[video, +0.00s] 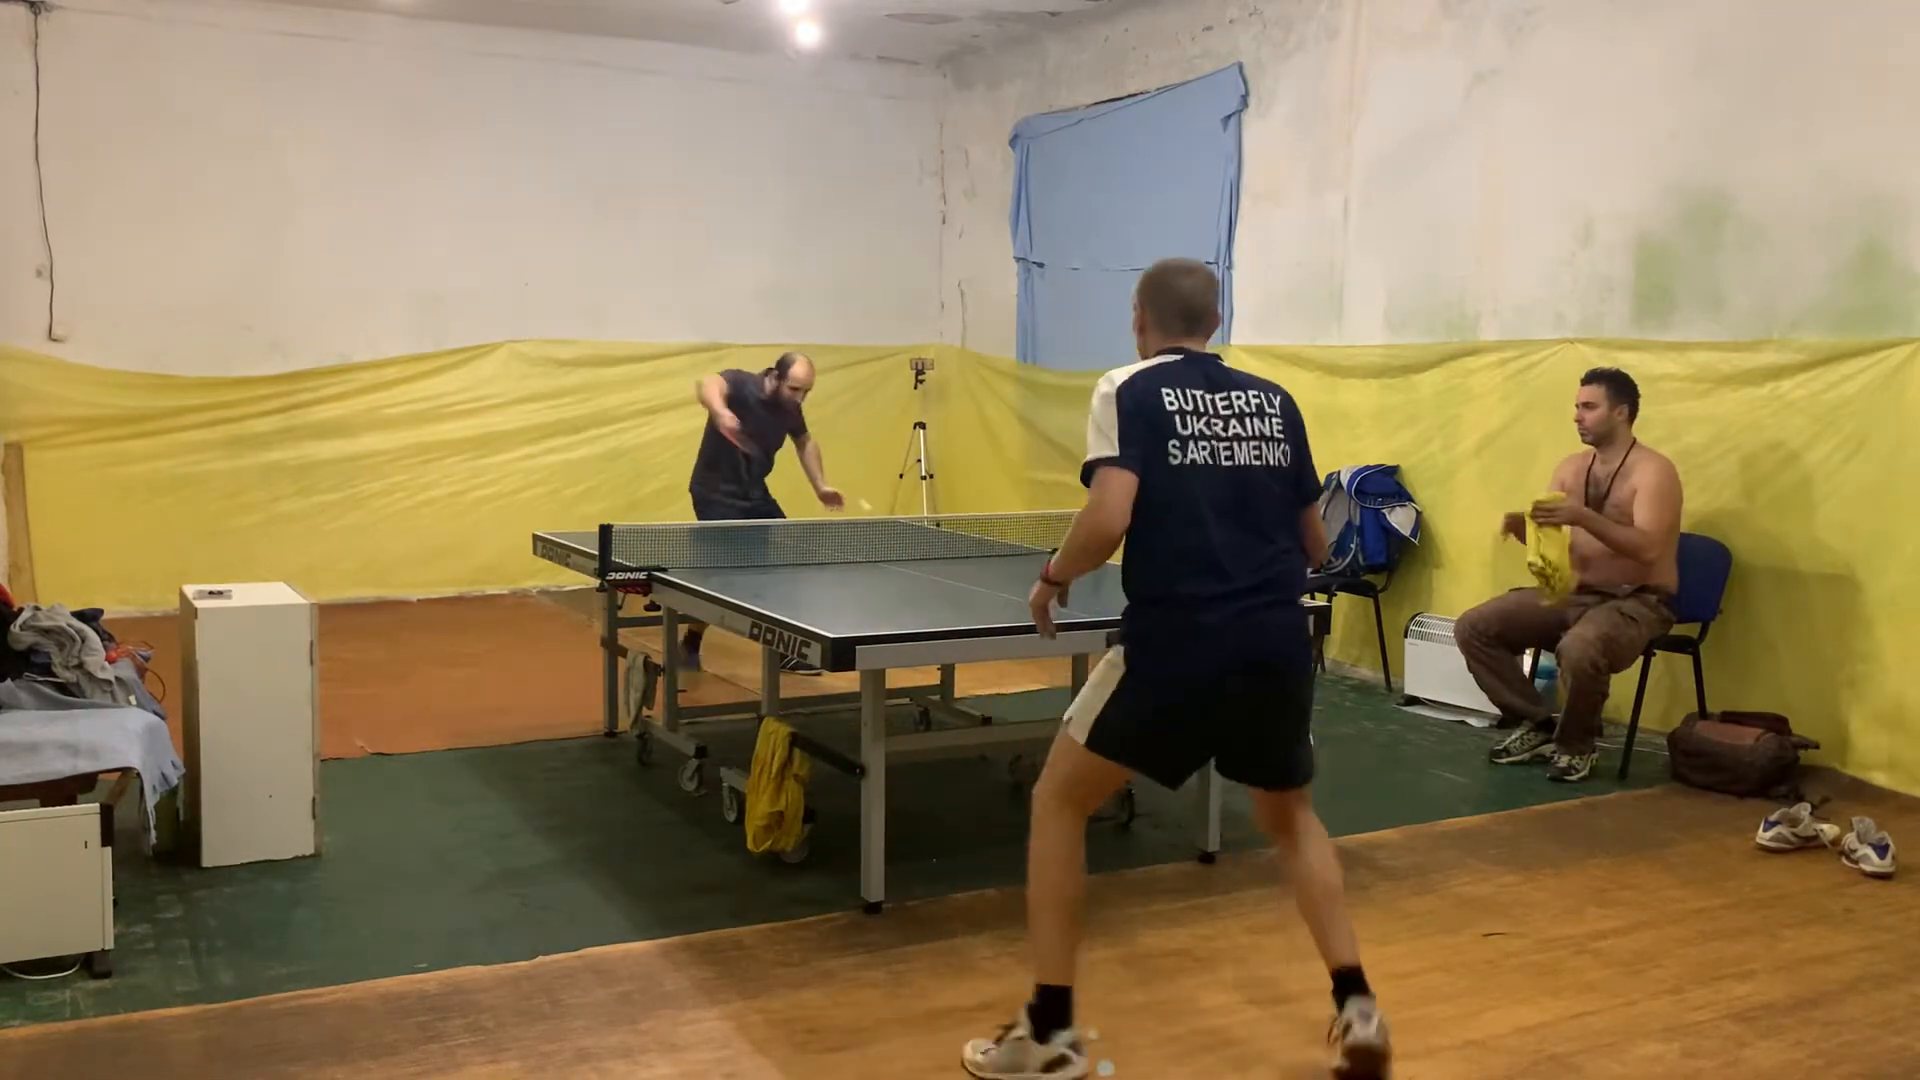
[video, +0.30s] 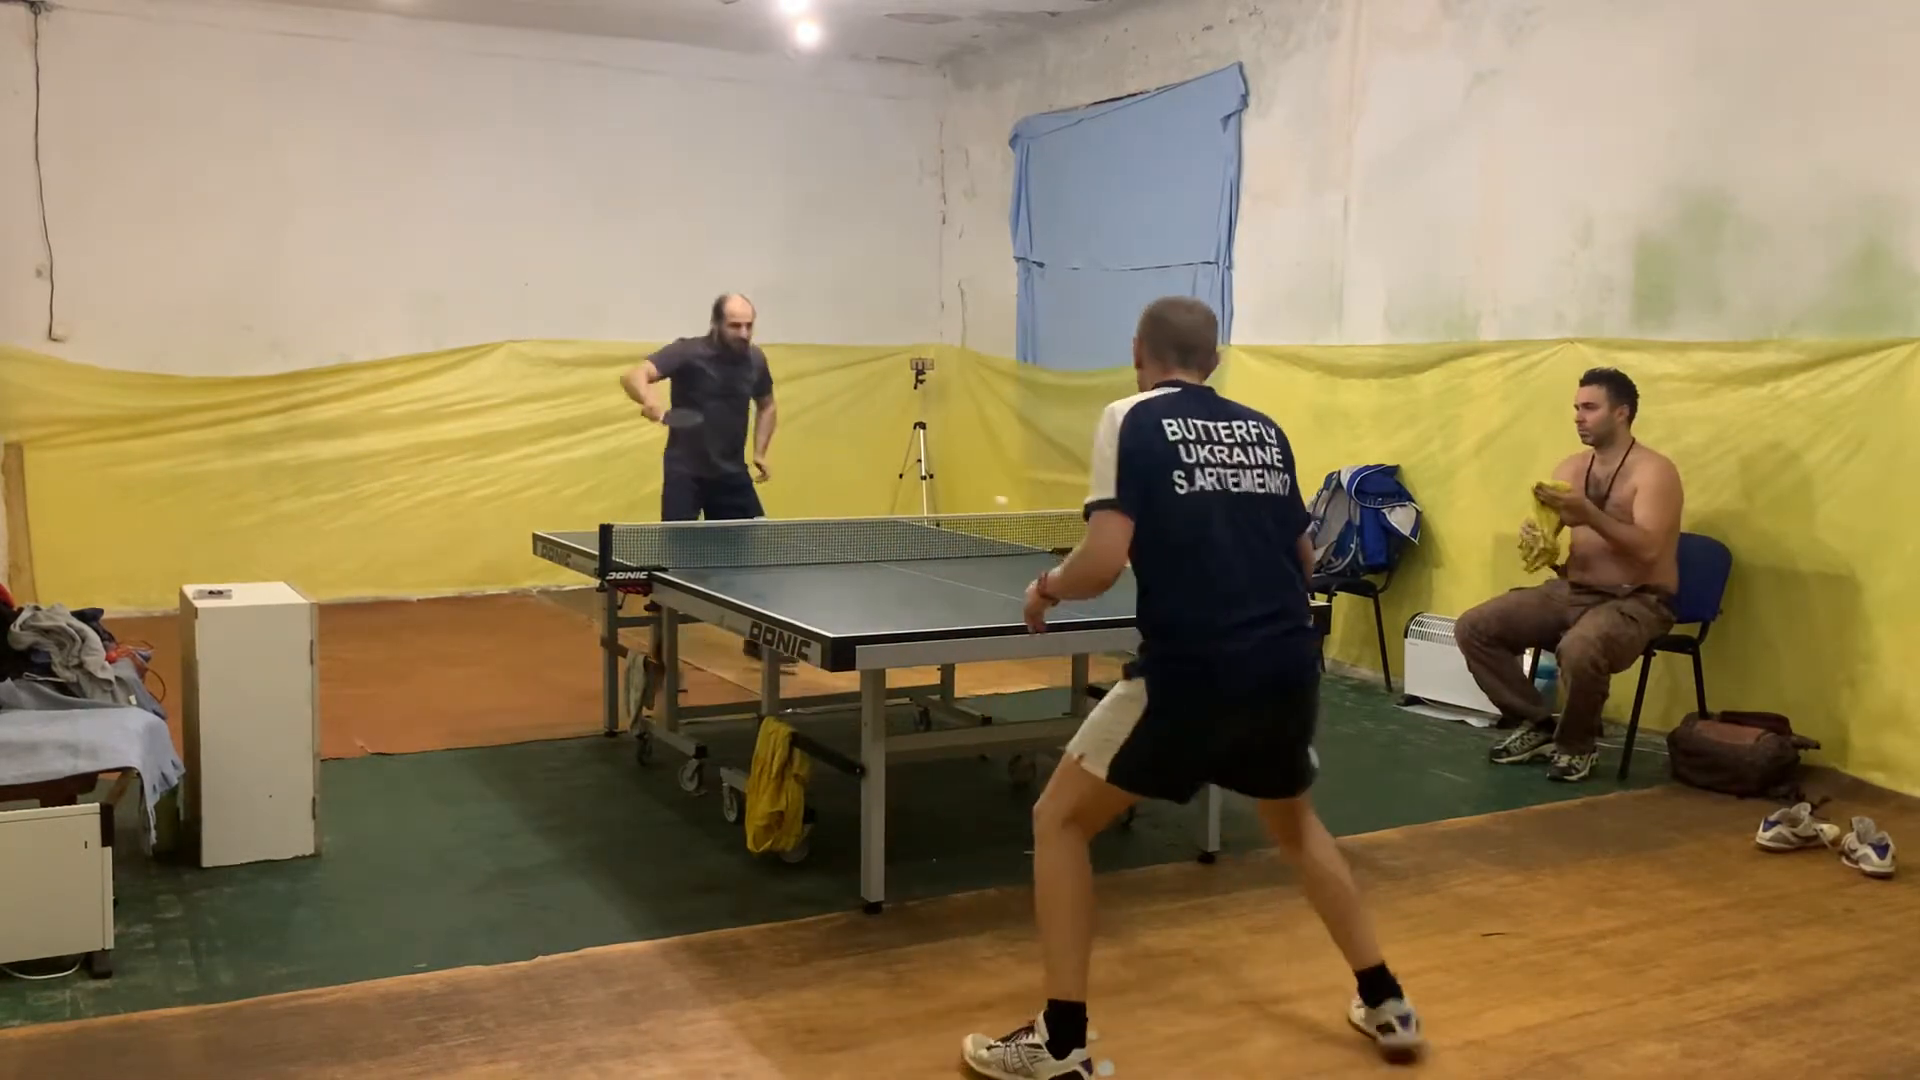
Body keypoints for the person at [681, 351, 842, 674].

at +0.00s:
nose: (799, 398)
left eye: (805, 391)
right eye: (795, 389)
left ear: (808, 388)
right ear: (774, 378)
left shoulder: (790, 409)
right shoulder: (742, 383)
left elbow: (805, 443)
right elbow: (709, 385)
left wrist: (820, 485)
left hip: (755, 495)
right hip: (716, 493)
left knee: (792, 559)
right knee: (723, 567)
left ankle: (787, 647)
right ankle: (691, 643)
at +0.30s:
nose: (744, 333)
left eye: (748, 326)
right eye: (736, 326)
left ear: (754, 325)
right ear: (717, 325)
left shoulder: (754, 360)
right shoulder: (688, 352)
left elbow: (767, 407)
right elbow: (633, 376)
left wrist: (760, 453)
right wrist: (648, 399)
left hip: (731, 474)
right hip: (685, 473)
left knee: (759, 549)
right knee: (676, 553)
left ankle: (760, 635)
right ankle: (660, 650)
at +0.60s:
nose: (701, 356)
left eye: (706, 348)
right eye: (692, 349)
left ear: (712, 347)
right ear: (673, 351)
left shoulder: (726, 388)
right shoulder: (651, 392)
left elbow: (756, 435)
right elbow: (618, 444)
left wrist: (749, 474)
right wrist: (648, 461)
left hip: (715, 505)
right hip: (661, 508)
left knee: (760, 568)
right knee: (630, 584)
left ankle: (782, 648)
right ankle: (602, 660)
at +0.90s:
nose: (692, 362)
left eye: (697, 353)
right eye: (682, 355)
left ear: (703, 350)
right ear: (665, 356)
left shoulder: (726, 386)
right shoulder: (651, 399)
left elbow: (774, 422)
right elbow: (622, 454)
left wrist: (762, 459)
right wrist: (650, 460)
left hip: (734, 505)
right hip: (678, 508)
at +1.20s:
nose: (765, 410)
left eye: (769, 402)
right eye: (757, 401)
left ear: (775, 396)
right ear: (738, 393)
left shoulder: (768, 417)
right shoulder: (708, 414)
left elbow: (789, 455)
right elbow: (713, 464)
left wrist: (789, 493)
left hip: (743, 508)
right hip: (696, 512)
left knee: (793, 556)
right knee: (658, 584)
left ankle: (809, 643)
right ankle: (639, 659)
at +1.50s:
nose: (780, 340)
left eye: (786, 333)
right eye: (773, 331)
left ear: (792, 333)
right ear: (757, 328)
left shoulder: (791, 367)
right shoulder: (734, 361)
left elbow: (805, 404)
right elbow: (703, 388)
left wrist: (819, 443)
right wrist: (692, 416)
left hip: (770, 473)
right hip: (728, 474)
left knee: (792, 538)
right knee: (719, 549)